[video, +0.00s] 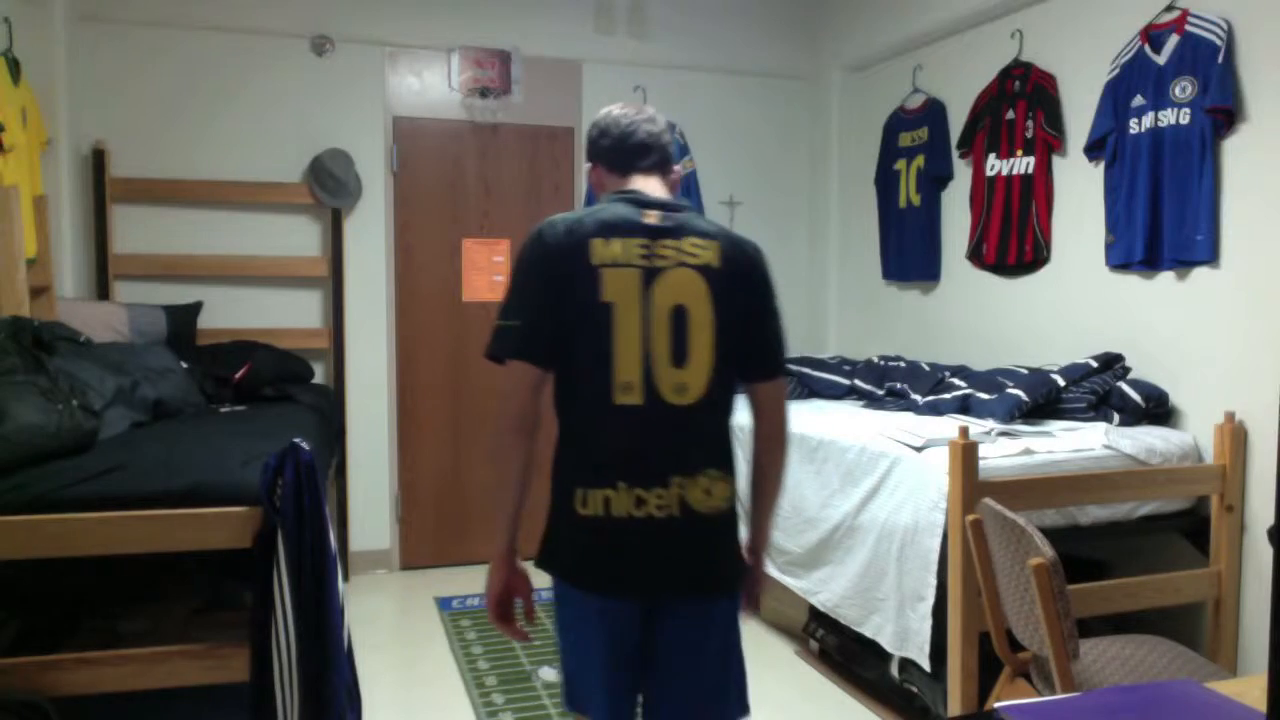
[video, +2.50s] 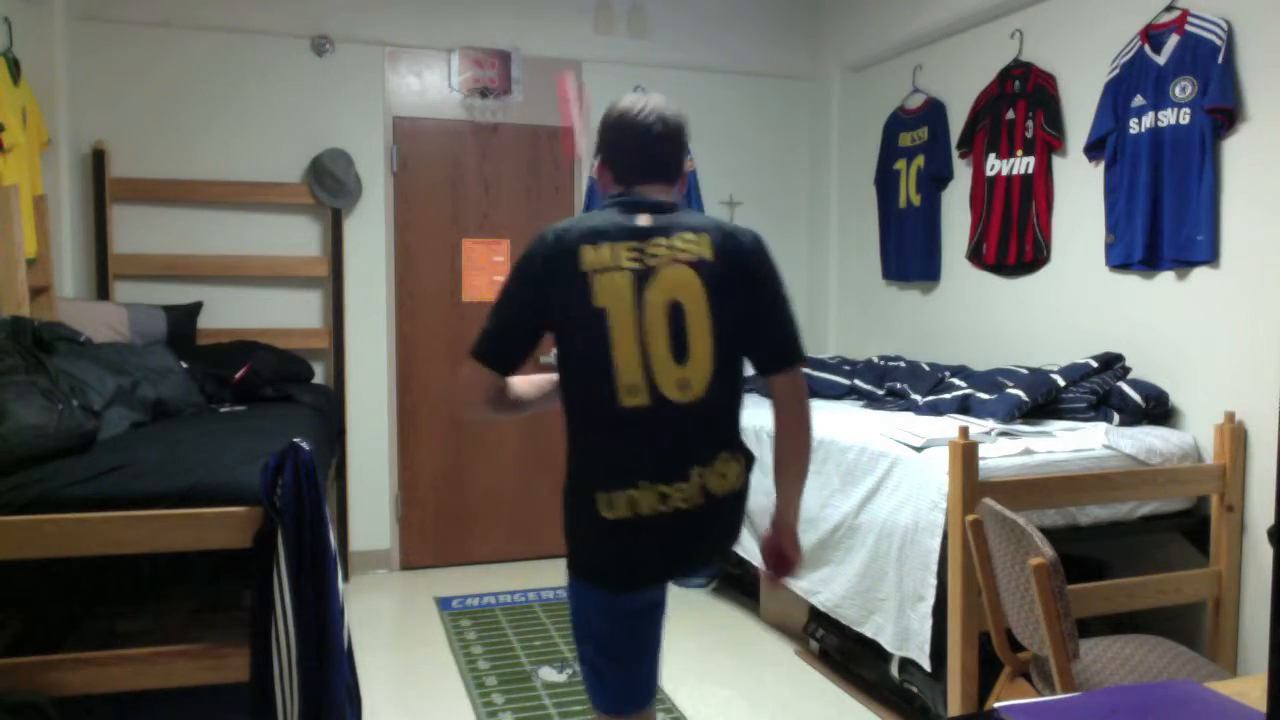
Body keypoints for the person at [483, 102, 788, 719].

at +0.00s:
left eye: (590, 170)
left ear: (594, 172)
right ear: (675, 170)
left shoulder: (557, 244)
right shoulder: (736, 255)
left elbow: (521, 415)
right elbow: (771, 417)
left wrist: (505, 555)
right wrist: (757, 548)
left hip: (594, 552)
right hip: (702, 553)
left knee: (600, 709)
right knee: (701, 710)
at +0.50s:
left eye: (573, 161)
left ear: (576, 165)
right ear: (656, 167)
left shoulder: (535, 249)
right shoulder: (710, 253)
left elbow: (492, 403)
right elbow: (750, 408)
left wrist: (491, 529)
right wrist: (732, 525)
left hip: (570, 537)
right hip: (674, 538)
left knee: (579, 707)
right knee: (667, 709)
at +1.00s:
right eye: (656, 176)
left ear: (578, 177)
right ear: (655, 179)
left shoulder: (537, 246)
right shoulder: (706, 249)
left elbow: (500, 395)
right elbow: (751, 392)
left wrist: (507, 527)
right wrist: (745, 513)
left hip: (575, 522)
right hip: (676, 521)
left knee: (585, 701)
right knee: (669, 694)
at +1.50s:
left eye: (567, 162)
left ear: (570, 163)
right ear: (648, 165)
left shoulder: (538, 233)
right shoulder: (697, 234)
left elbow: (515, 373)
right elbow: (760, 369)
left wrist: (521, 504)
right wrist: (755, 491)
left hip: (578, 499)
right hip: (675, 495)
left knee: (593, 677)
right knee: (654, 656)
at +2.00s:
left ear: (542, 191)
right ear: (615, 187)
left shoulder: (529, 253)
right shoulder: (680, 254)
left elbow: (527, 367)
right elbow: (750, 395)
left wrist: (542, 531)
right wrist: (758, 531)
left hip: (587, 539)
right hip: (682, 533)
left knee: (588, 708)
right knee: (679, 706)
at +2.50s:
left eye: (600, 162)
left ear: (602, 171)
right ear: (684, 169)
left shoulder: (557, 251)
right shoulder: (737, 250)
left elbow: (487, 394)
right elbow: (791, 397)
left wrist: (568, 377)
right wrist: (787, 519)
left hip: (612, 529)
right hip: (713, 522)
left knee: (624, 706)